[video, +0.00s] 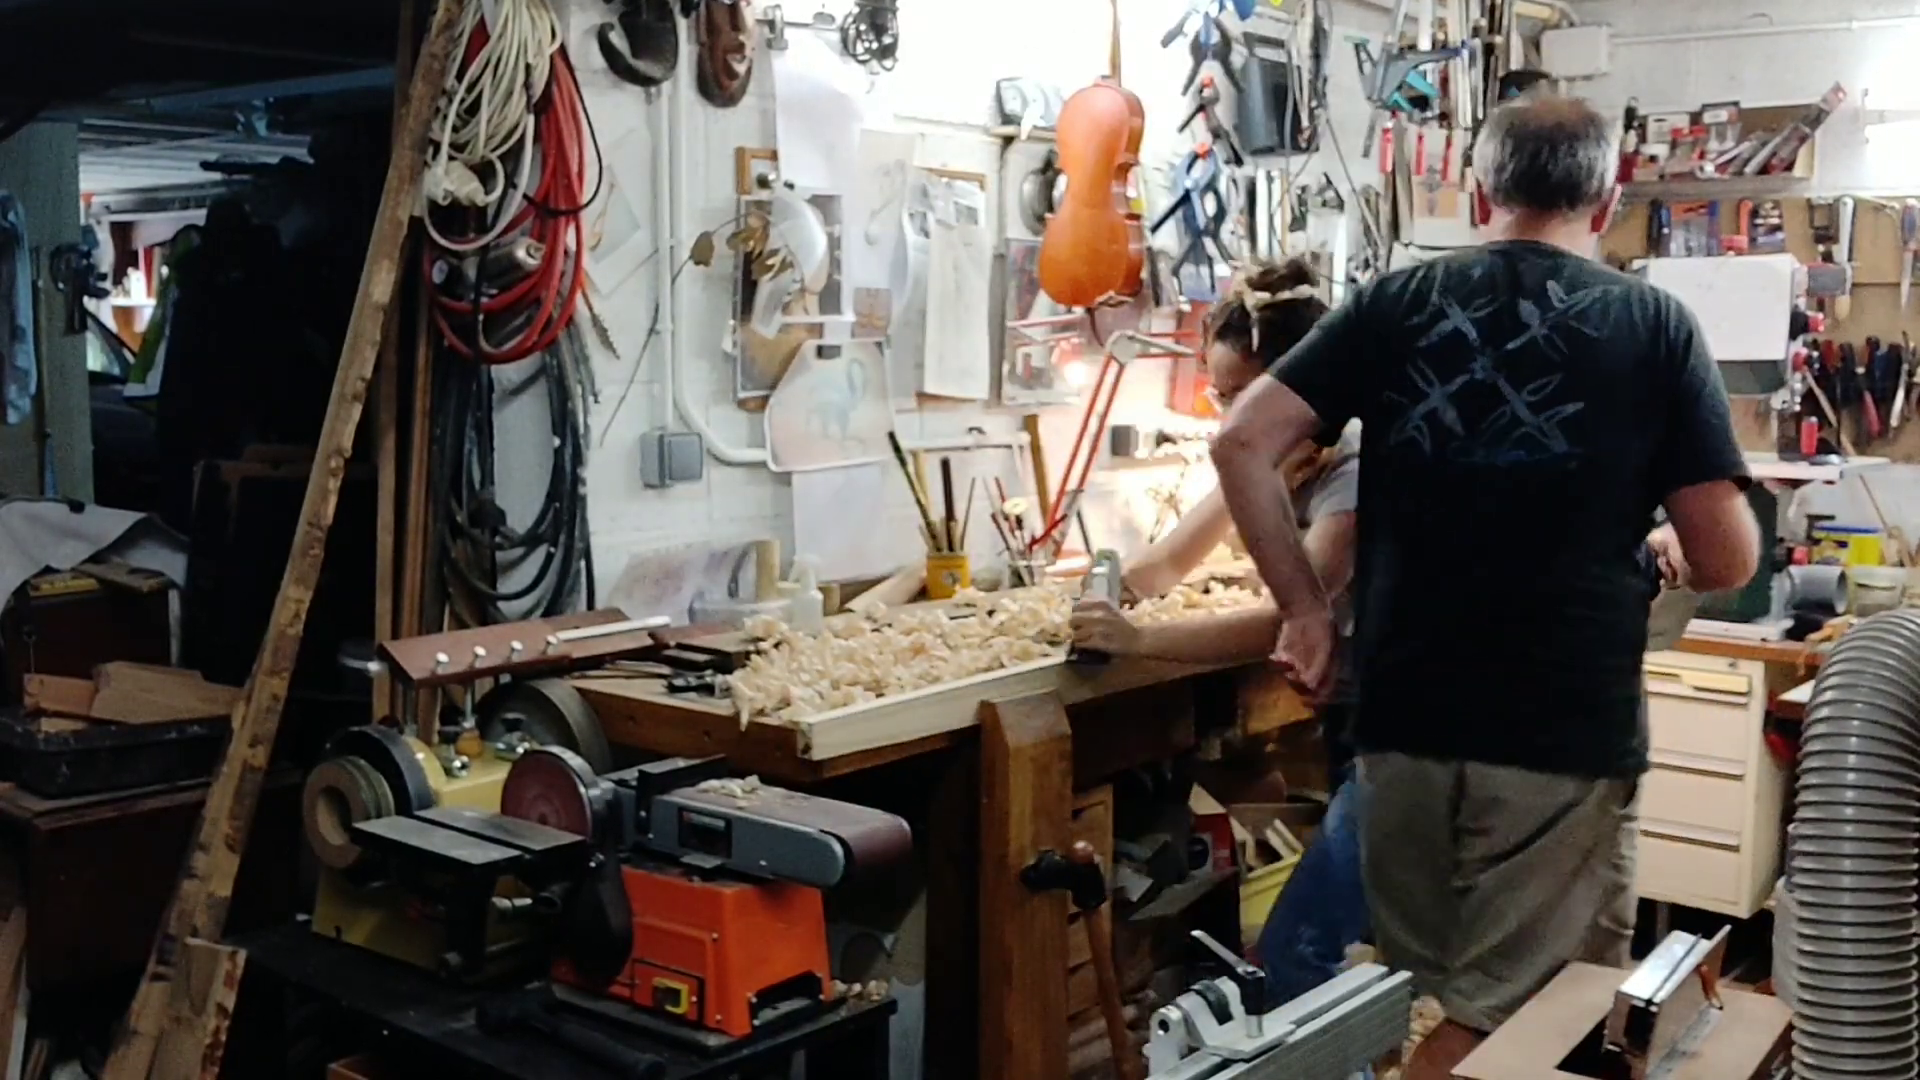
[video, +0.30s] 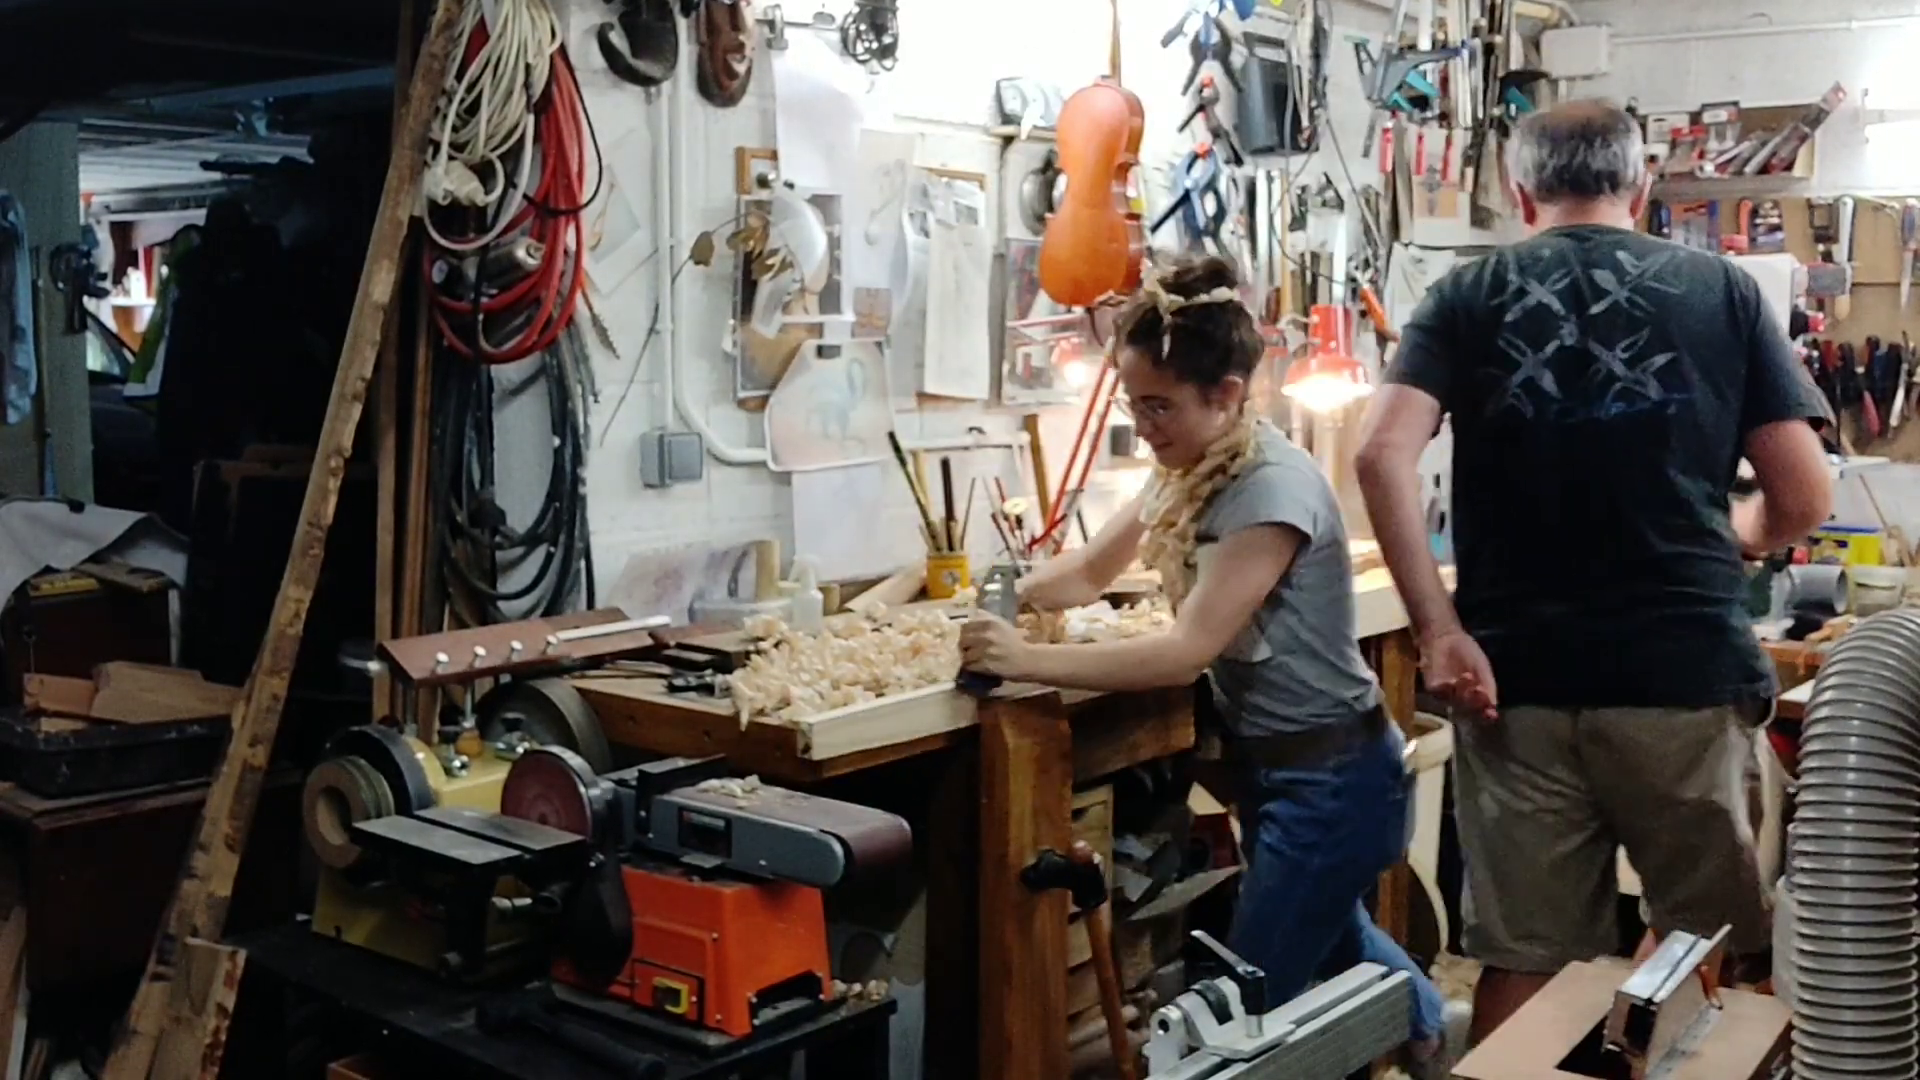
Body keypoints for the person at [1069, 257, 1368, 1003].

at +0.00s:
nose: (1223, 417)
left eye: (1233, 394)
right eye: (1218, 395)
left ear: (1289, 384)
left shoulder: (1355, 475)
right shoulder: (1278, 460)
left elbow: (1298, 617)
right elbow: (1162, 565)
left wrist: (1140, 637)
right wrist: (1099, 597)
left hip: (1402, 753)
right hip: (1357, 741)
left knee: (1293, 955)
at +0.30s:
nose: (1141, 424)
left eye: (1160, 407)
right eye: (1134, 404)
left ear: (1226, 396)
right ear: (1127, 381)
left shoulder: (1274, 491)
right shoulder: (1185, 475)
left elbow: (1188, 650)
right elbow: (1093, 568)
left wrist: (1024, 657)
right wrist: (1015, 589)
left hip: (1329, 779)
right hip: (1270, 768)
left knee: (1260, 993)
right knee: (1332, 938)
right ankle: (1425, 1025)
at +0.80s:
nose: (1019, 397)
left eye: (1035, 375)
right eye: (1013, 375)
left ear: (1111, 368)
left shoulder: (1153, 475)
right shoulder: (1078, 471)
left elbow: (1021, 629)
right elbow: (967, 586)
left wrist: (843, 692)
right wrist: (854, 624)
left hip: (1290, 772)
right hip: (1195, 766)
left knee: (1239, 1023)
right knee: (1150, 1004)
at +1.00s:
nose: (1035, 350)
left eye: (1051, 328)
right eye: (1032, 328)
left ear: (1128, 326)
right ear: (1111, 329)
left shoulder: (1182, 446)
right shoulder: (1099, 444)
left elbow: (1096, 642)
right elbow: (1019, 583)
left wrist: (918, 608)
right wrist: (921, 582)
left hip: (1273, 763)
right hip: (1185, 757)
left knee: (1210, 1029)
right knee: (1139, 1007)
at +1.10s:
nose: (1058, 329)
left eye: (1070, 309)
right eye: (1058, 307)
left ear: (1138, 311)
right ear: (1139, 313)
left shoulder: (1201, 441)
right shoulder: (1162, 426)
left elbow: (1143, 659)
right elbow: (1127, 584)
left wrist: (978, 591)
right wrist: (1008, 563)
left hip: (1263, 766)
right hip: (1214, 758)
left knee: (1223, 1030)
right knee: (1144, 997)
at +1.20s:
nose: (1092, 330)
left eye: (1096, 307)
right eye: (1090, 308)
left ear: (1142, 312)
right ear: (1211, 309)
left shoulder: (1199, 448)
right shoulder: (1255, 412)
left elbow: (1163, 680)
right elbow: (1234, 601)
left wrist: (1011, 594)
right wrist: (1098, 565)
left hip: (1262, 795)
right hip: (1315, 767)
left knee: (1199, 1046)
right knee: (1162, 1005)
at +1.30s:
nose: (1137, 322)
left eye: (1138, 302)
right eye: (1135, 301)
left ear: (1162, 309)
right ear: (1259, 307)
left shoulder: (1185, 460)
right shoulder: (1324, 434)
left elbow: (1167, 680)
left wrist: (1042, 589)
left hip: (1266, 797)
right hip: (1369, 771)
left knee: (1213, 1044)